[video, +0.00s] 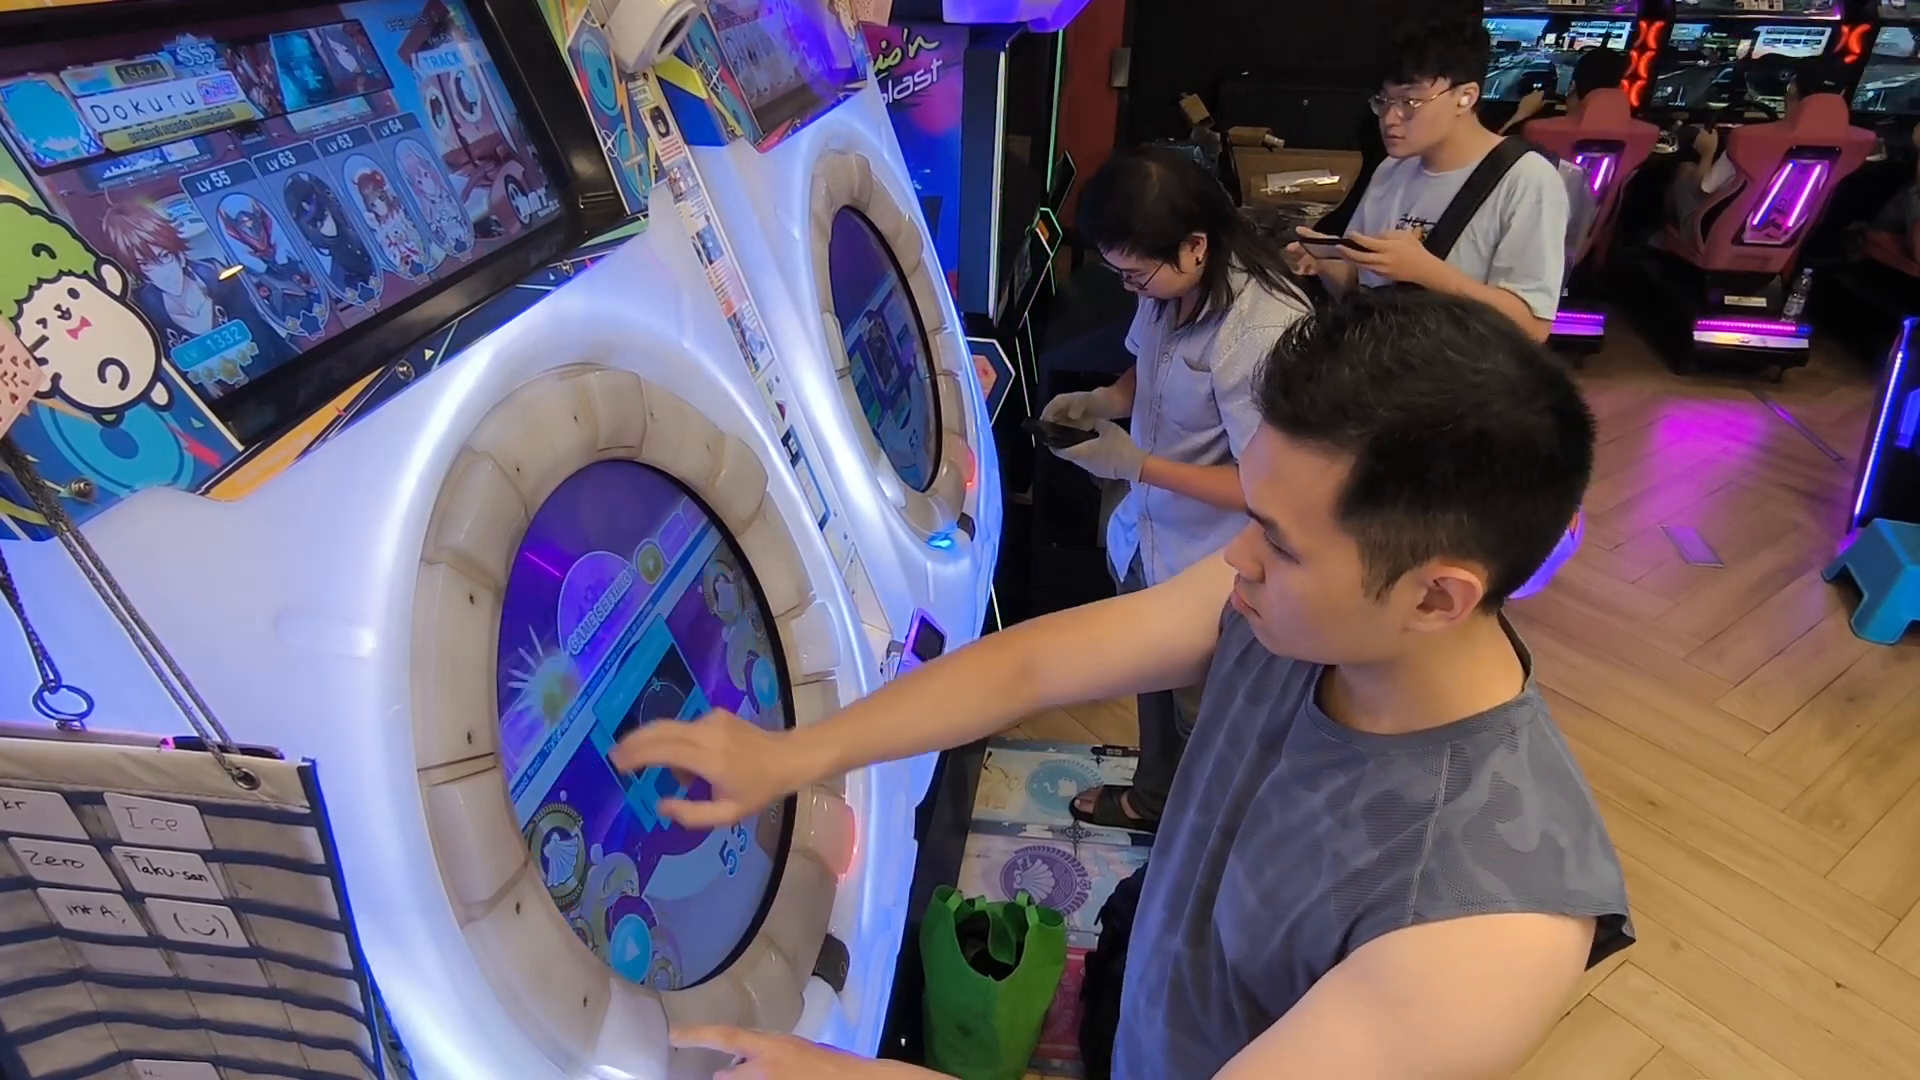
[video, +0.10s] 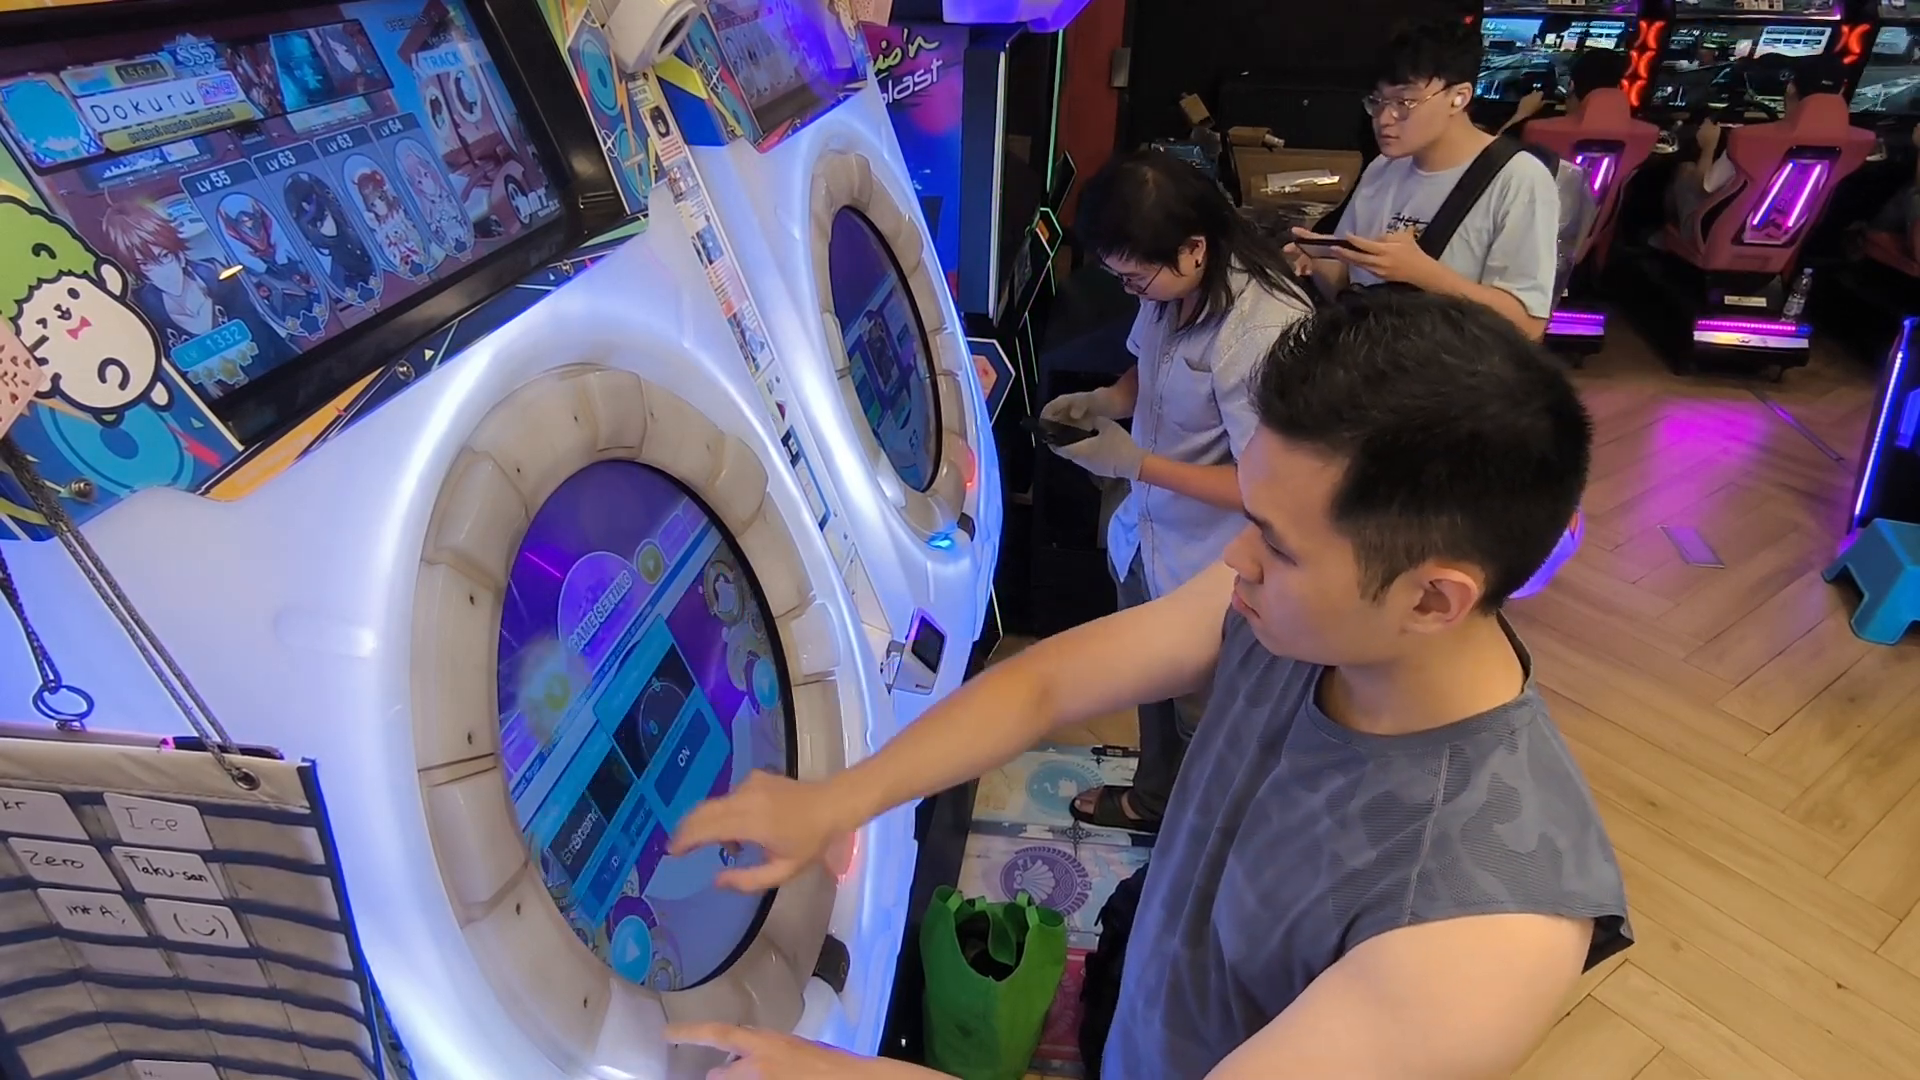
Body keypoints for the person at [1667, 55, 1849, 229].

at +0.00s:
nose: (1787, 90)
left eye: (1791, 86)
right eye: (1791, 84)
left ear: (1794, 92)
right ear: (1838, 98)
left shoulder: (1756, 140)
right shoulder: (1835, 151)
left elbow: (1707, 186)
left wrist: (1707, 152)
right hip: (1780, 245)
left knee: (1685, 171)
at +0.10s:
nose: (1786, 89)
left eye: (1789, 84)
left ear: (1792, 90)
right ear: (1839, 93)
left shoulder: (1756, 139)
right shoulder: (1841, 150)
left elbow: (1708, 185)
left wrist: (1707, 148)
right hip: (1782, 246)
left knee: (1684, 171)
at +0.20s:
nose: (1785, 88)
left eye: (1789, 83)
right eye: (1790, 82)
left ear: (1792, 90)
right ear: (1837, 94)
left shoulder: (1755, 139)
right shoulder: (1841, 150)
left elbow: (1706, 183)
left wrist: (1707, 145)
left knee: (1684, 171)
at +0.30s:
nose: (1785, 87)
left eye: (1789, 83)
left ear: (1791, 89)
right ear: (1836, 93)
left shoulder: (1755, 139)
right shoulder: (1841, 150)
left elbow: (1705, 185)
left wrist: (1706, 150)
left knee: (1684, 172)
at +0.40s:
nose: (1784, 87)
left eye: (1788, 82)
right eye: (1788, 81)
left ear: (1791, 90)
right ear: (1835, 93)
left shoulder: (1754, 140)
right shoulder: (1845, 151)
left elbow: (1707, 186)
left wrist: (1708, 158)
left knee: (1686, 170)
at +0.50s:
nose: (1784, 89)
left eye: (1788, 84)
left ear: (1791, 90)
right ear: (1836, 95)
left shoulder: (1754, 140)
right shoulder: (1845, 150)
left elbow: (1707, 187)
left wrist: (1710, 158)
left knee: (1686, 170)